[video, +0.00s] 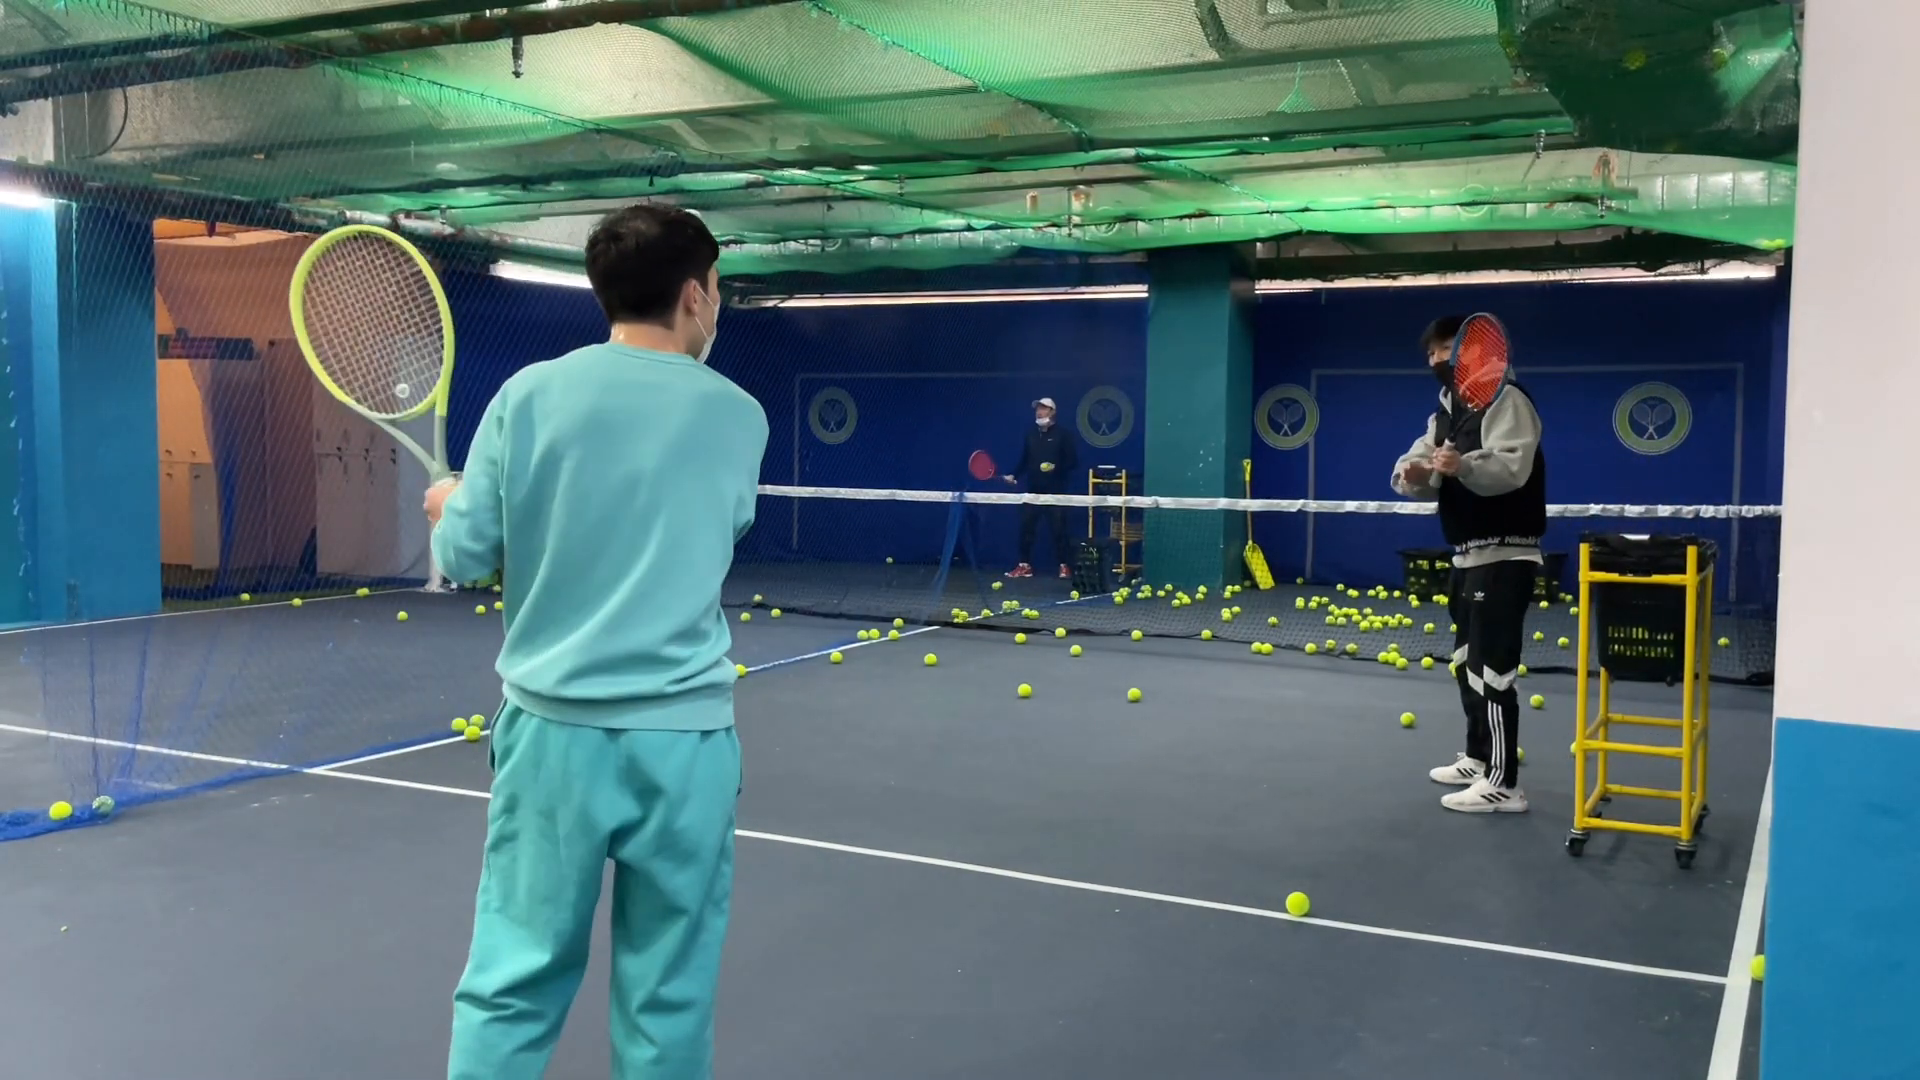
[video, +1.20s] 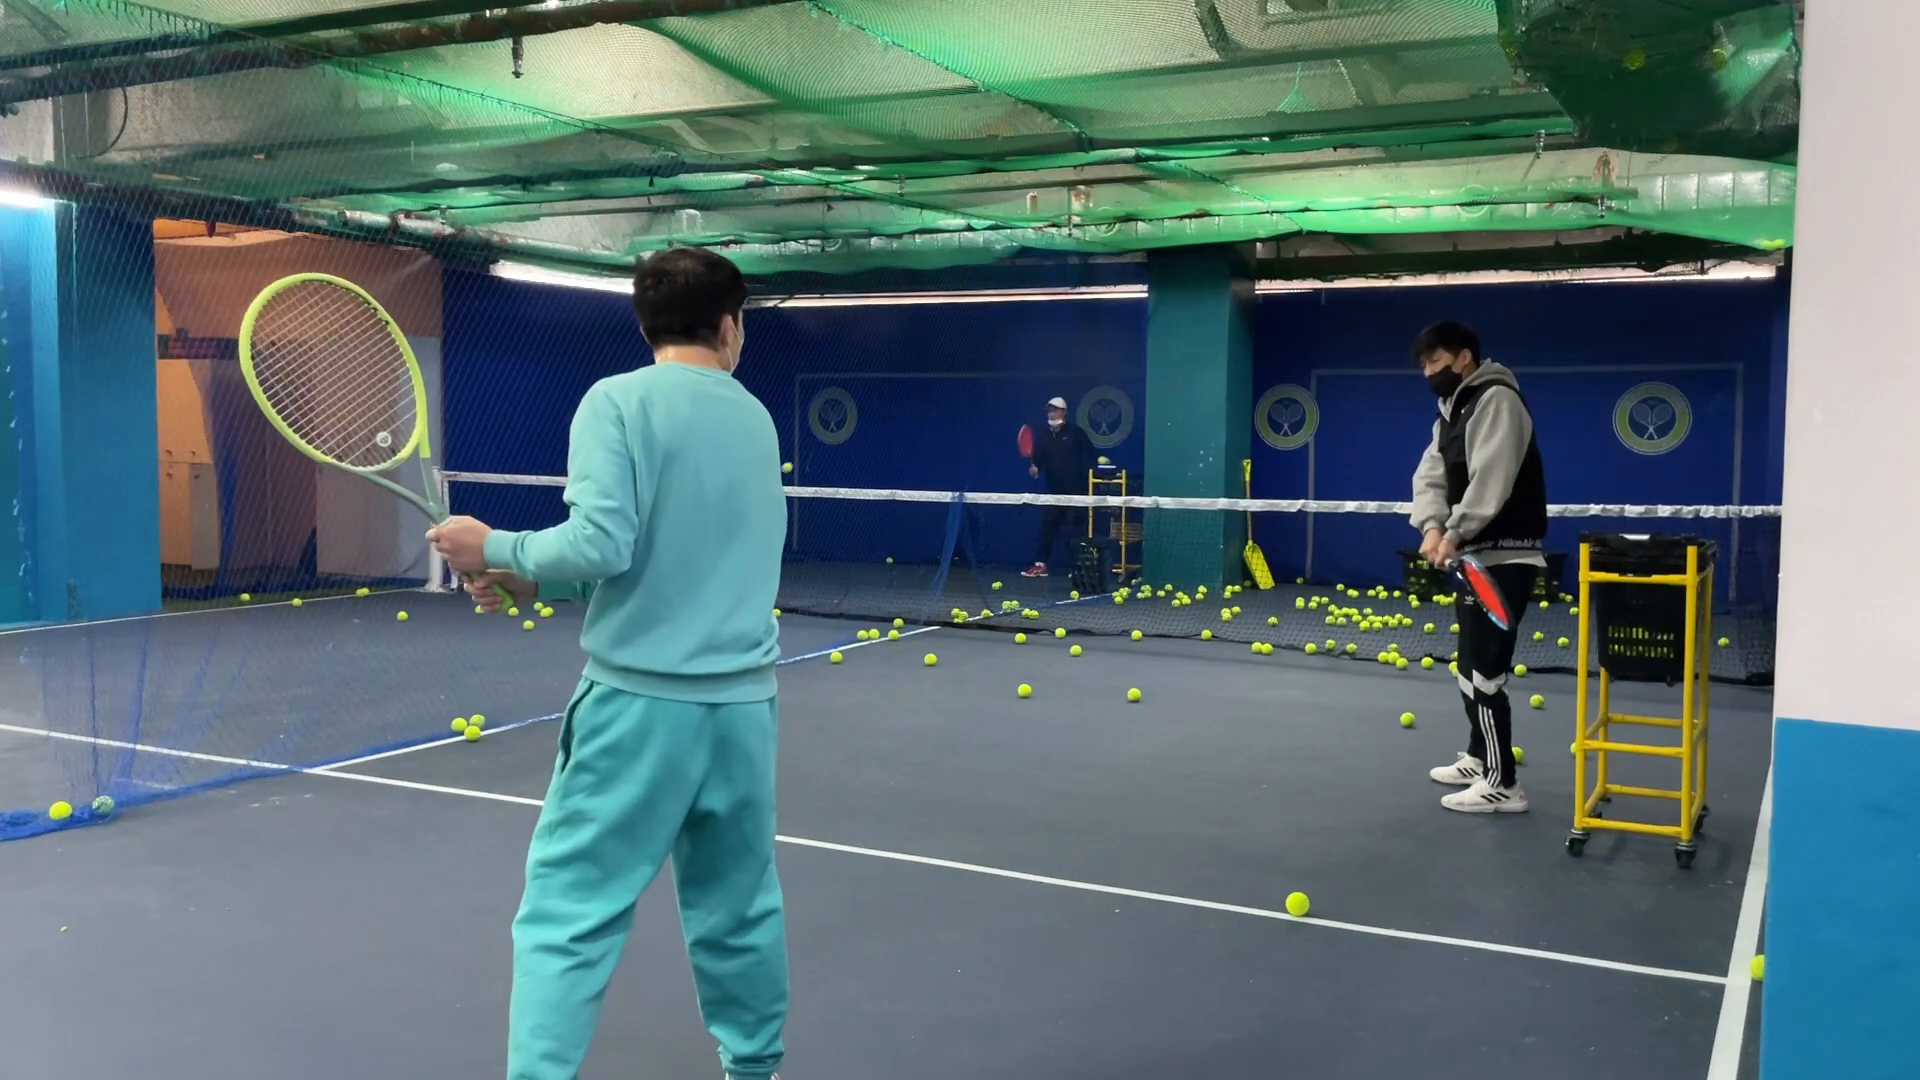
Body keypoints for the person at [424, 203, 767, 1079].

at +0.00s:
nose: (716, 302)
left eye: (714, 285)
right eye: (713, 285)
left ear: (610, 293)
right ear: (691, 293)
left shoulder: (530, 395)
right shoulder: (738, 415)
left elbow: (466, 551)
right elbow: (722, 527)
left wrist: (450, 512)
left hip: (552, 740)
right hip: (688, 744)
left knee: (510, 990)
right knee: (668, 999)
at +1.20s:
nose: (745, 332)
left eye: (743, 320)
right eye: (743, 320)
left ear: (646, 326)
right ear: (730, 324)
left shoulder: (616, 401)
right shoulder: (756, 418)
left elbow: (603, 544)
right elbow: (693, 552)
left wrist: (493, 546)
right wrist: (537, 575)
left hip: (635, 710)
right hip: (745, 710)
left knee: (568, 914)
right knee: (738, 903)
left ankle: (538, 1069)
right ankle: (753, 1064)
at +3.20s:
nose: (733, 338)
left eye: (728, 326)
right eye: (731, 326)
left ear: (639, 332)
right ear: (717, 331)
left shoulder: (614, 399)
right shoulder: (750, 420)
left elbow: (623, 532)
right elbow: (723, 563)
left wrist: (538, 619)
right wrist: (573, 631)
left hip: (635, 700)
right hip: (739, 704)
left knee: (569, 910)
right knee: (736, 897)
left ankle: (537, 1069)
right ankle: (754, 1064)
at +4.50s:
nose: (735, 328)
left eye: (732, 315)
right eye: (734, 316)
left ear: (639, 325)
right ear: (721, 322)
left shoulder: (592, 409)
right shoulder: (766, 425)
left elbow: (555, 555)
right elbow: (769, 548)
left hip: (615, 704)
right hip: (731, 707)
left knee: (570, 909)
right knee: (734, 900)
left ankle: (540, 1069)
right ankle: (750, 1064)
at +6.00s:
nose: (736, 327)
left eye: (730, 314)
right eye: (734, 315)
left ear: (641, 324)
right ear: (722, 321)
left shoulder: (600, 406)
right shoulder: (762, 428)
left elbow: (557, 550)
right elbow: (756, 557)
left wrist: (515, 544)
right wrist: (594, 571)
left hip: (612, 707)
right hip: (726, 711)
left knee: (576, 920)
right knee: (733, 909)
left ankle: (549, 1071)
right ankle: (752, 1065)